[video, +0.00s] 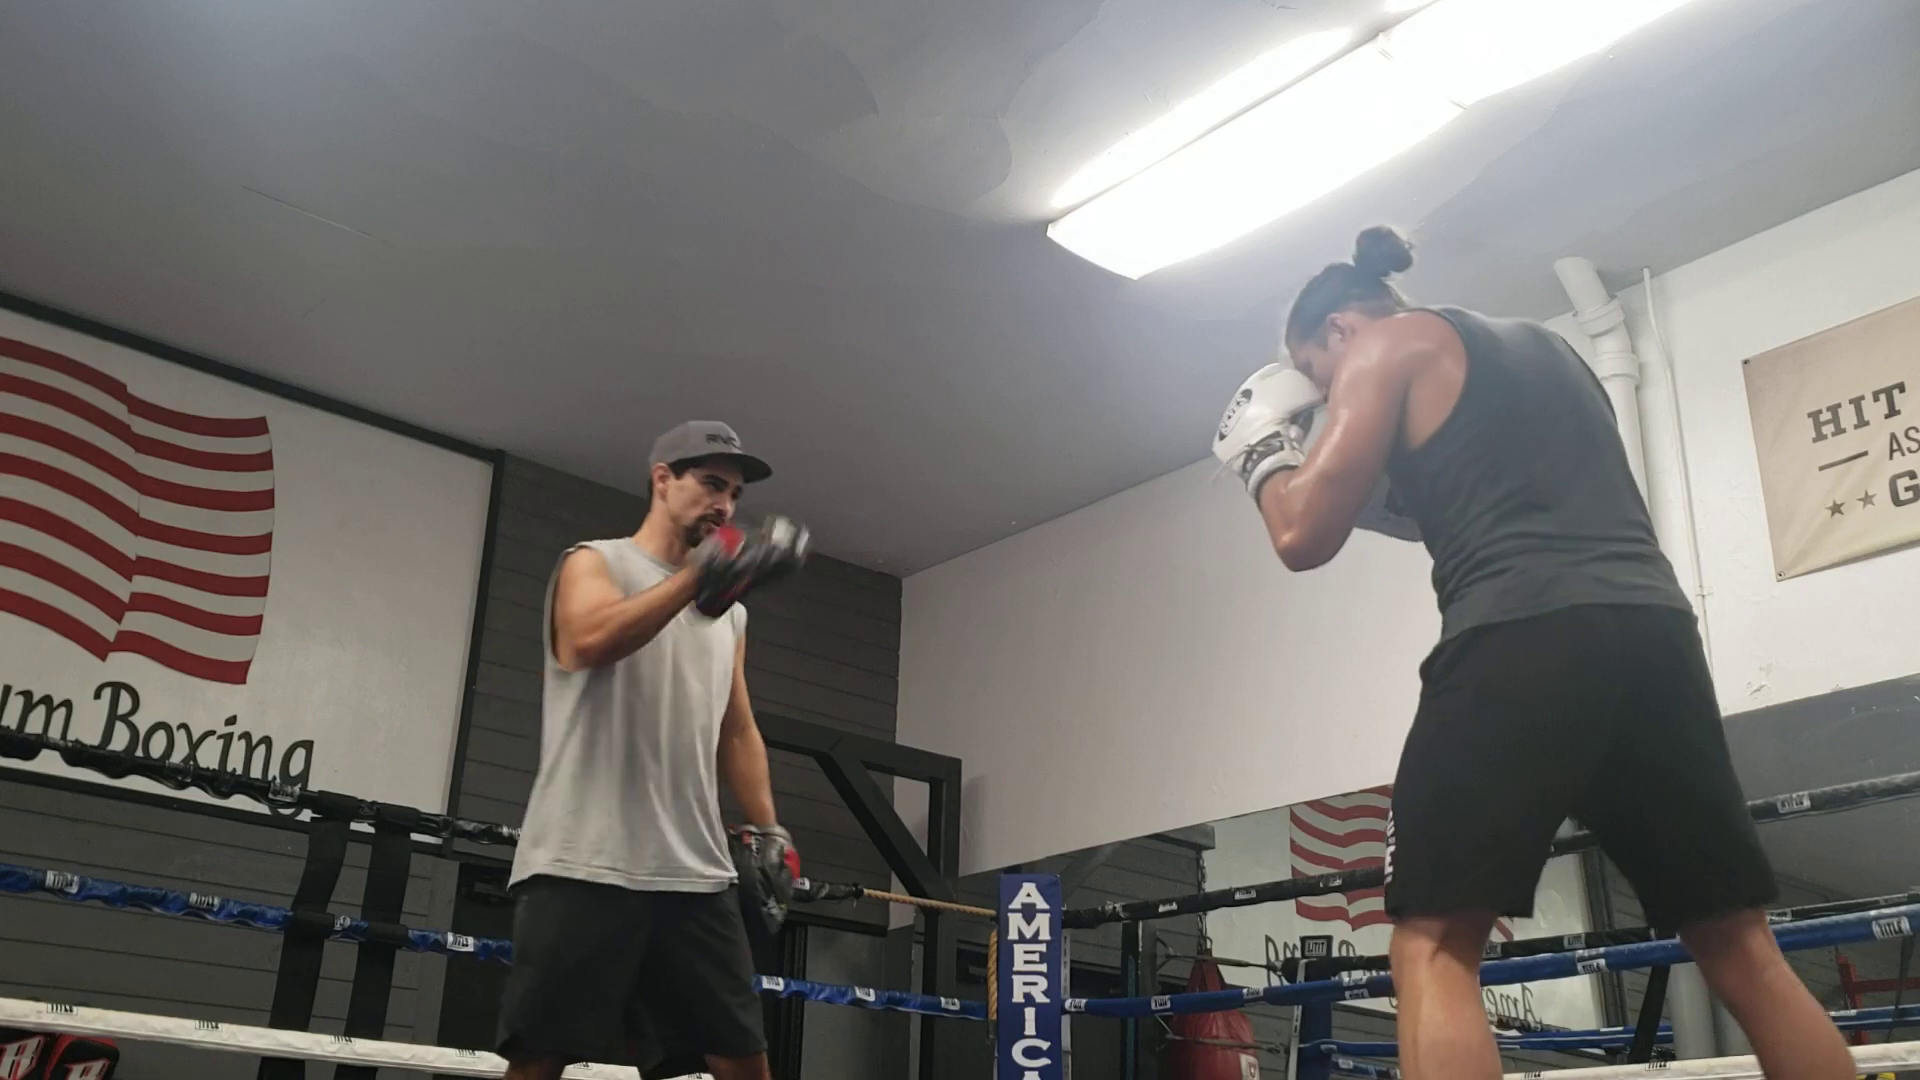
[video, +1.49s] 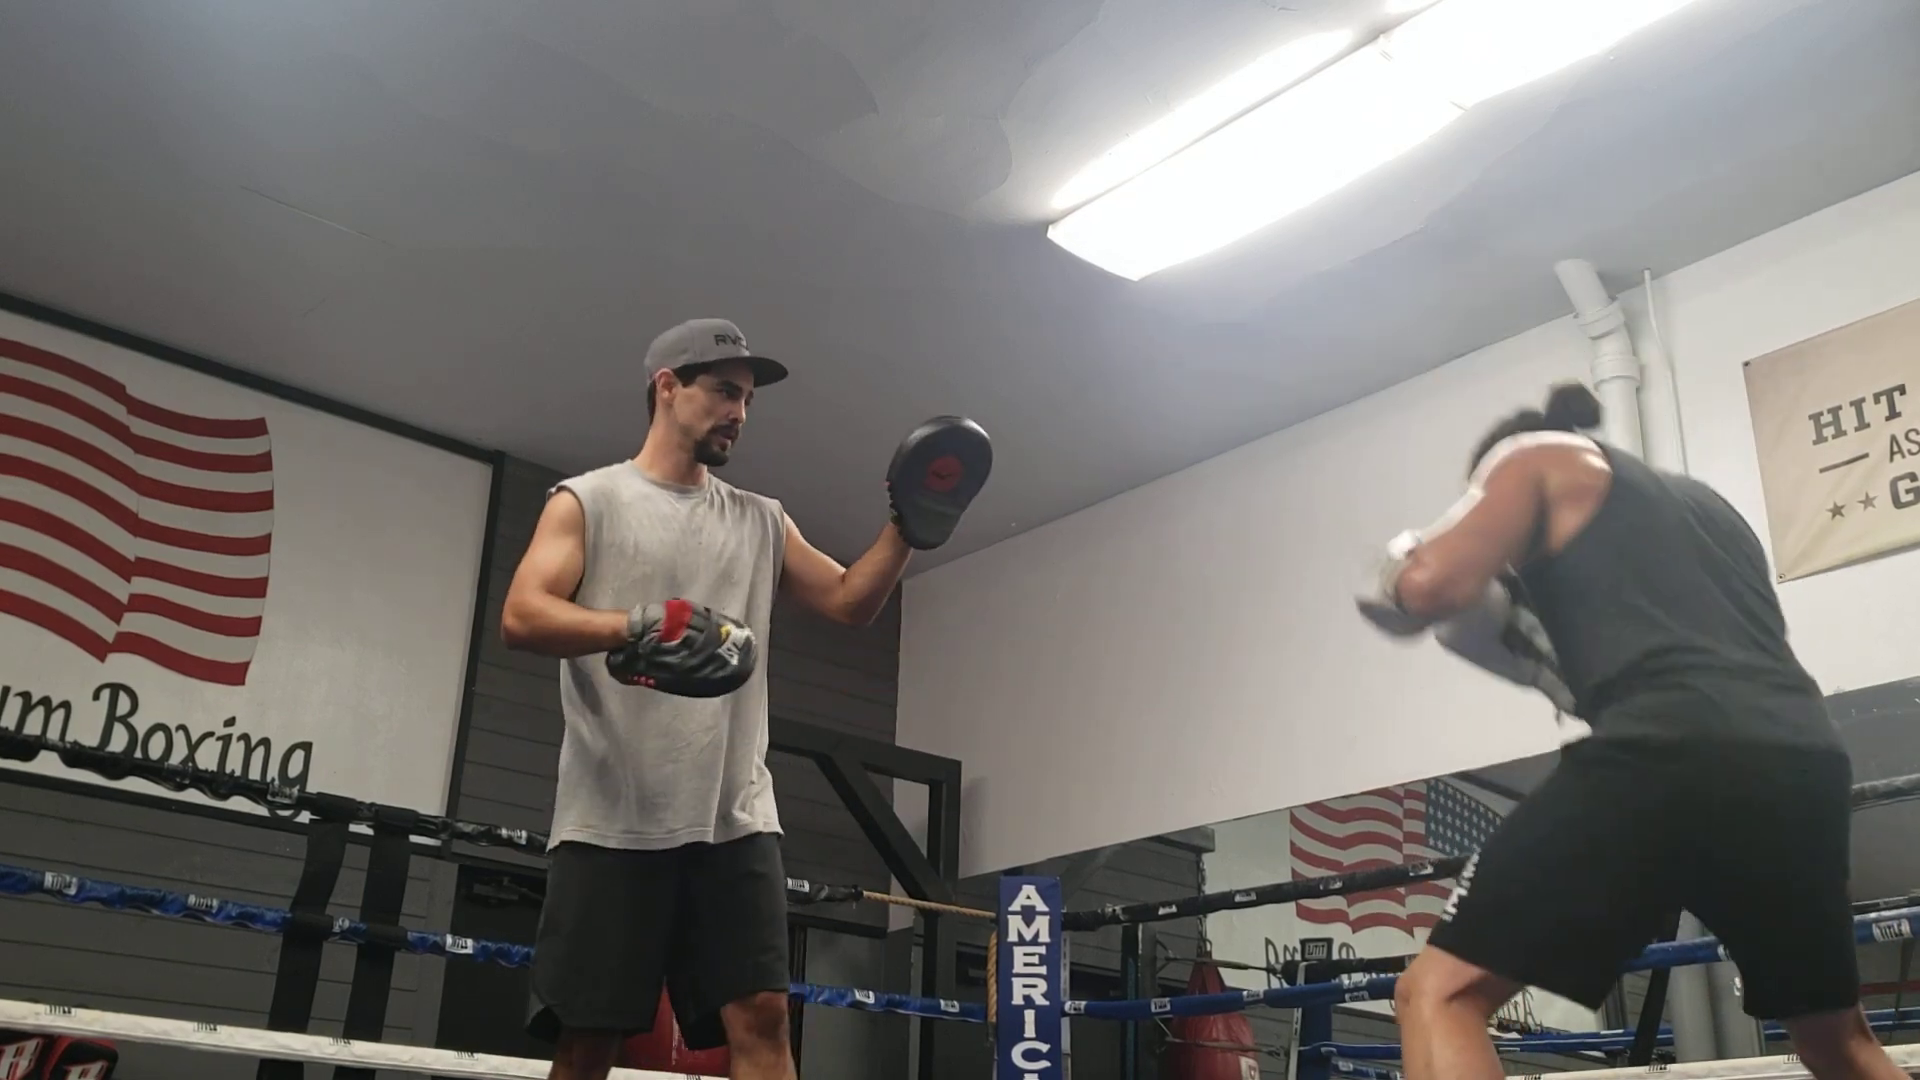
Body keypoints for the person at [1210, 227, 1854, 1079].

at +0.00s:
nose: (1325, 388)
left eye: (1318, 369)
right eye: (1315, 377)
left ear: (1341, 324)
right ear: (1389, 297)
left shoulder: (1388, 343)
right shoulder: (1545, 348)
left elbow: (1301, 533)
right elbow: (1457, 504)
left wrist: (1263, 450)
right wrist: (1325, 473)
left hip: (1517, 647)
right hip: (1655, 638)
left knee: (1434, 950)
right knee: (1742, 948)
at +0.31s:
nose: (1383, 313)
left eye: (1376, 294)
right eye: (1372, 303)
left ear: (1401, 252)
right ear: (1461, 228)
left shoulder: (1439, 279)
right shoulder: (1609, 291)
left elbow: (1334, 466)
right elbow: (1507, 447)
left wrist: (1312, 392)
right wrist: (1378, 384)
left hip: (1547, 623)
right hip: (1700, 610)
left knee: (1471, 944)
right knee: (1808, 931)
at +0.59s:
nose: (1515, 287)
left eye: (1513, 268)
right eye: (1510, 278)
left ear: (1547, 240)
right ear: (1615, 218)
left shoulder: (1578, 247)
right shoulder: (1766, 305)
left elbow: (1469, 378)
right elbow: (1675, 467)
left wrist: (1412, 371)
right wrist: (1512, 425)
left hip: (1613, 627)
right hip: (1782, 623)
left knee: (1481, 930)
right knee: (1871, 941)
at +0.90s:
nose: (1420, 315)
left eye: (1417, 287)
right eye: (1410, 296)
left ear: (1467, 246)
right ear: (1489, 245)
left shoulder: (1531, 292)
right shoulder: (1659, 317)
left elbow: (1409, 473)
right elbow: (1569, 529)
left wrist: (1362, 390)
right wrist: (1464, 420)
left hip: (1625, 634)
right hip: (1776, 631)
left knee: (1476, 939)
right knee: (1838, 952)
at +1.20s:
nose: (1371, 367)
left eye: (1361, 347)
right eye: (1359, 355)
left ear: (1388, 303)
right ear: (1424, 285)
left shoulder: (1478, 322)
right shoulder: (1595, 361)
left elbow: (1366, 502)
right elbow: (1549, 575)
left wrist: (1325, 419)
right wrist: (1446, 516)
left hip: (1597, 644)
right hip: (1727, 639)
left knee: (1464, 947)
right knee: (1802, 972)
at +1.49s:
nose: (1482, 501)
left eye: (1486, 482)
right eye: (1483, 490)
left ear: (1514, 451)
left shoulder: (1539, 457)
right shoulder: (1711, 504)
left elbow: (1431, 586)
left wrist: (1404, 570)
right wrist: (1533, 652)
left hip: (1659, 749)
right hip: (1804, 755)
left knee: (1439, 993)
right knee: (1839, 1038)